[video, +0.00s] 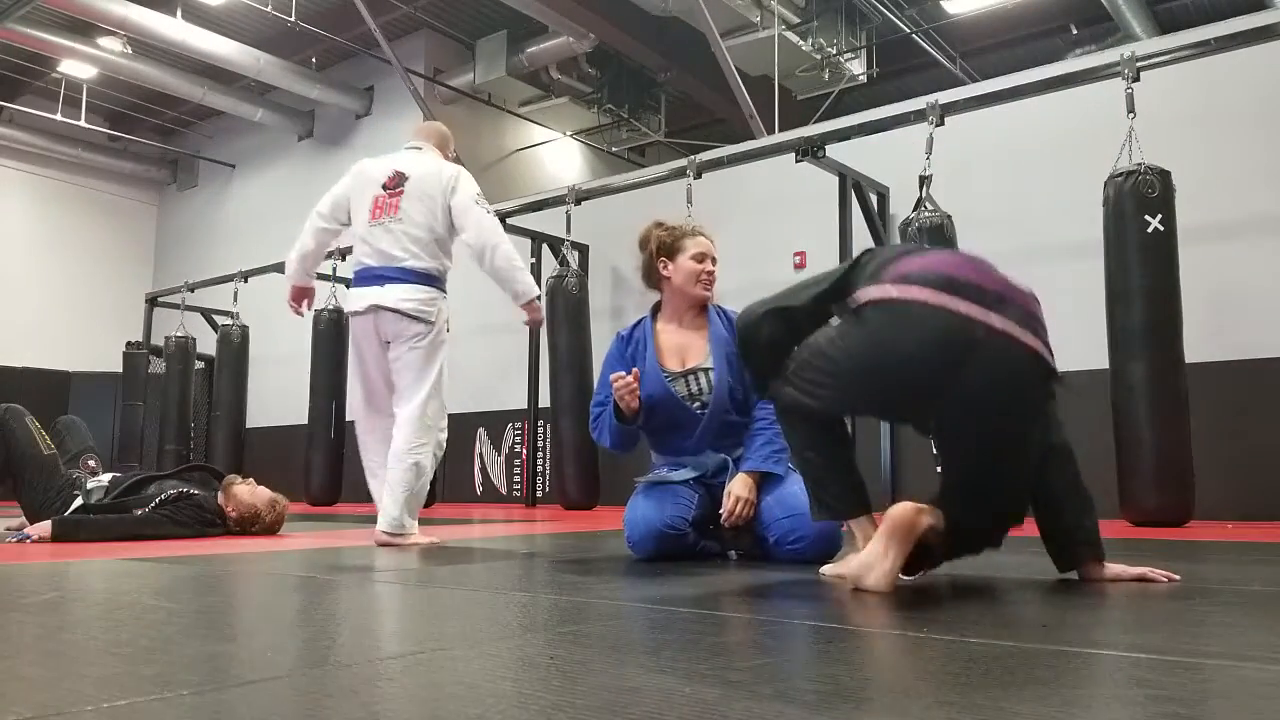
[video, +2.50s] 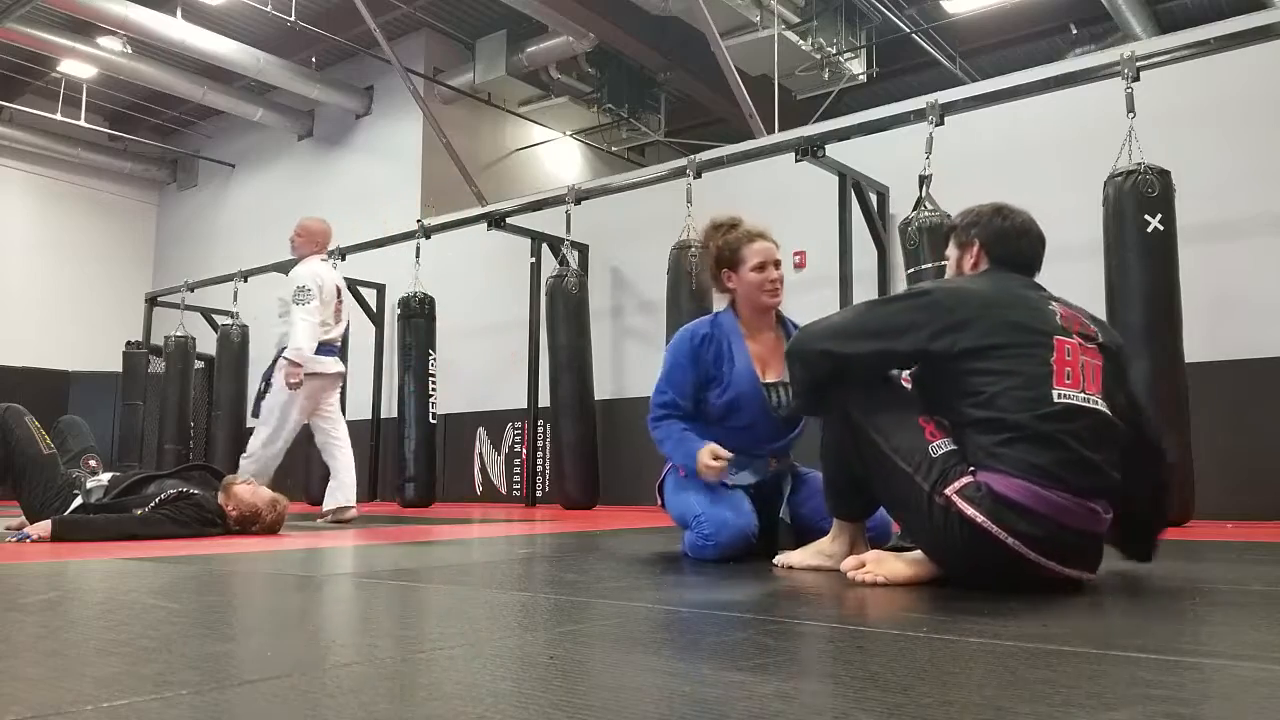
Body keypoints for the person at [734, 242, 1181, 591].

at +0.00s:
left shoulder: (877, 266)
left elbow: (761, 322)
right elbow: (1052, 453)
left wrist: (783, 394)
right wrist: (1088, 561)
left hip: (905, 335)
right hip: (1009, 366)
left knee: (798, 391)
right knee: (979, 521)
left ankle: (865, 543)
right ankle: (916, 526)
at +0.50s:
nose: (884, 287)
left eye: (885, 276)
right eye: (882, 278)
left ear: (909, 267)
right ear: (965, 267)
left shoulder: (919, 294)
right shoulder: (1051, 317)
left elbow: (794, 353)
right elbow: (1090, 439)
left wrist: (809, 425)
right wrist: (1104, 557)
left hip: (988, 519)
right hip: (1062, 548)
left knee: (851, 384)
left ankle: (875, 547)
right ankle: (933, 552)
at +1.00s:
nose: (928, 252)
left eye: (931, 237)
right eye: (930, 238)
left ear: (950, 242)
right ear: (1013, 243)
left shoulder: (935, 298)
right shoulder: (1068, 305)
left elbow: (784, 360)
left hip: (993, 553)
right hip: (1076, 556)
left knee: (836, 379)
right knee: (942, 405)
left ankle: (836, 520)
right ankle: (931, 556)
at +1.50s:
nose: (881, 267)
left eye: (882, 254)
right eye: (880, 254)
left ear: (902, 257)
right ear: (961, 254)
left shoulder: (906, 309)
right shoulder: (1015, 306)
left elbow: (770, 386)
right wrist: (828, 473)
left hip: (991, 545)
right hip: (1070, 551)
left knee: (823, 400)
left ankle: (840, 540)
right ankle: (931, 555)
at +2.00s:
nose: (901, 270)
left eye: (904, 256)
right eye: (901, 258)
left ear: (929, 255)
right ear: (984, 258)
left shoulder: (931, 300)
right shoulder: (1023, 306)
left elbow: (788, 367)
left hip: (991, 538)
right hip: (1069, 551)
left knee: (835, 388)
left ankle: (841, 537)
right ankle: (929, 550)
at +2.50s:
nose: (946, 275)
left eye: (949, 263)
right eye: (947, 264)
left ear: (974, 256)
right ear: (1034, 266)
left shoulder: (961, 298)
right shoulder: (1092, 327)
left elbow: (812, 344)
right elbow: (1143, 446)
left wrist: (824, 406)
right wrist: (1136, 535)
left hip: (982, 536)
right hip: (1071, 559)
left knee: (854, 391)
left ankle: (843, 539)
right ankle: (928, 552)